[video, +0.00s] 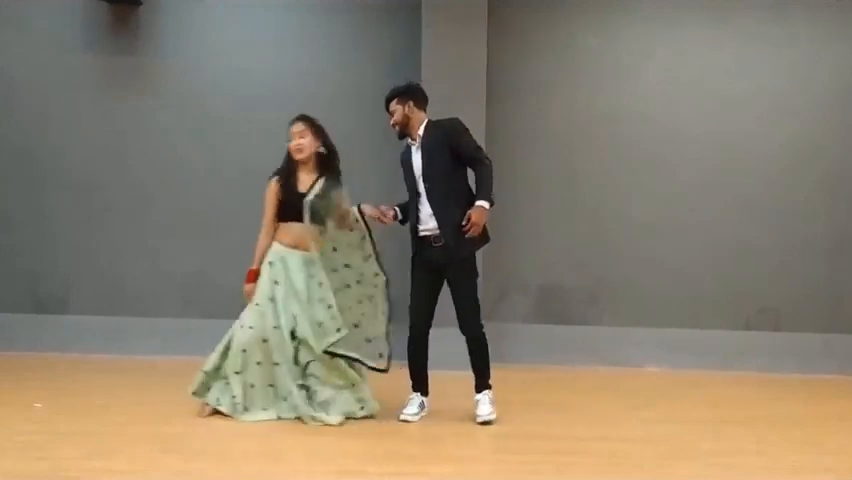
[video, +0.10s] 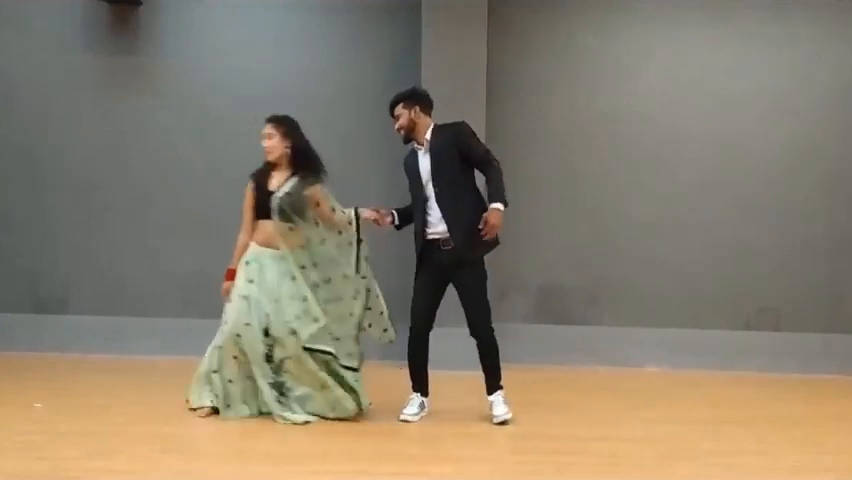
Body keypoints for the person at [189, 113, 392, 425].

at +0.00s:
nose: (296, 143)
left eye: (303, 136)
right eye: (292, 138)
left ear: (319, 142)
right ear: (288, 145)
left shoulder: (330, 185)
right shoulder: (278, 183)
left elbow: (344, 222)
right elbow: (267, 231)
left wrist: (362, 212)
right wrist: (253, 274)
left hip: (310, 263)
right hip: (278, 261)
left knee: (311, 331)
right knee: (257, 327)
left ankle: (310, 399)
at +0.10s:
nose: (264, 144)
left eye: (270, 137)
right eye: (263, 138)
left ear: (290, 143)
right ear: (265, 144)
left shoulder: (308, 186)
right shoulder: (256, 183)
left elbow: (333, 221)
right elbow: (246, 232)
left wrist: (364, 215)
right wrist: (232, 273)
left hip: (288, 263)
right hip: (255, 260)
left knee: (288, 331)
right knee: (238, 326)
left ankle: (293, 399)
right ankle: (219, 396)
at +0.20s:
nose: (240, 139)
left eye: (246, 133)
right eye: (240, 133)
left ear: (265, 138)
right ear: (249, 138)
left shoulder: (284, 177)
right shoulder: (244, 174)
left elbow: (319, 209)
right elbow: (231, 225)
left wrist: (358, 222)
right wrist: (217, 267)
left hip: (267, 258)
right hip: (237, 257)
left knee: (275, 329)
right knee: (223, 325)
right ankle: (231, 397)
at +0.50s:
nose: (208, 123)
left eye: (212, 117)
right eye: (208, 117)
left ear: (228, 119)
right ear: (225, 119)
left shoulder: (250, 154)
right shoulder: (220, 155)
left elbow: (292, 161)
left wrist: (338, 166)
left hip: (236, 239)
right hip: (212, 240)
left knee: (249, 315)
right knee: (209, 316)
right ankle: (205, 395)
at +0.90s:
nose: (231, 132)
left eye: (239, 126)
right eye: (228, 126)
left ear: (255, 130)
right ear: (223, 129)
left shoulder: (275, 161)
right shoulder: (224, 170)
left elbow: (310, 181)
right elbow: (206, 220)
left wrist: (337, 168)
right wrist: (169, 243)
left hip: (277, 250)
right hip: (241, 250)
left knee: (274, 321)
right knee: (230, 316)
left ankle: (275, 396)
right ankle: (213, 392)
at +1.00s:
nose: (265, 136)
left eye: (270, 130)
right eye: (258, 130)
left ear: (277, 134)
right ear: (244, 136)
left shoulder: (290, 169)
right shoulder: (242, 176)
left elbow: (309, 197)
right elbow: (237, 217)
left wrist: (335, 188)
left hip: (298, 251)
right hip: (267, 254)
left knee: (292, 323)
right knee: (252, 322)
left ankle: (276, 398)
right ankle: (218, 394)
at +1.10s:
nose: (297, 136)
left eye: (297, 130)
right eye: (290, 130)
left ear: (289, 136)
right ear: (271, 136)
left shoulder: (286, 172)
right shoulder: (268, 177)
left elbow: (308, 201)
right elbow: (296, 208)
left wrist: (341, 197)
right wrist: (323, 184)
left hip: (306, 264)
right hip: (291, 266)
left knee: (311, 331)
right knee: (292, 333)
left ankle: (290, 399)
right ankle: (269, 399)